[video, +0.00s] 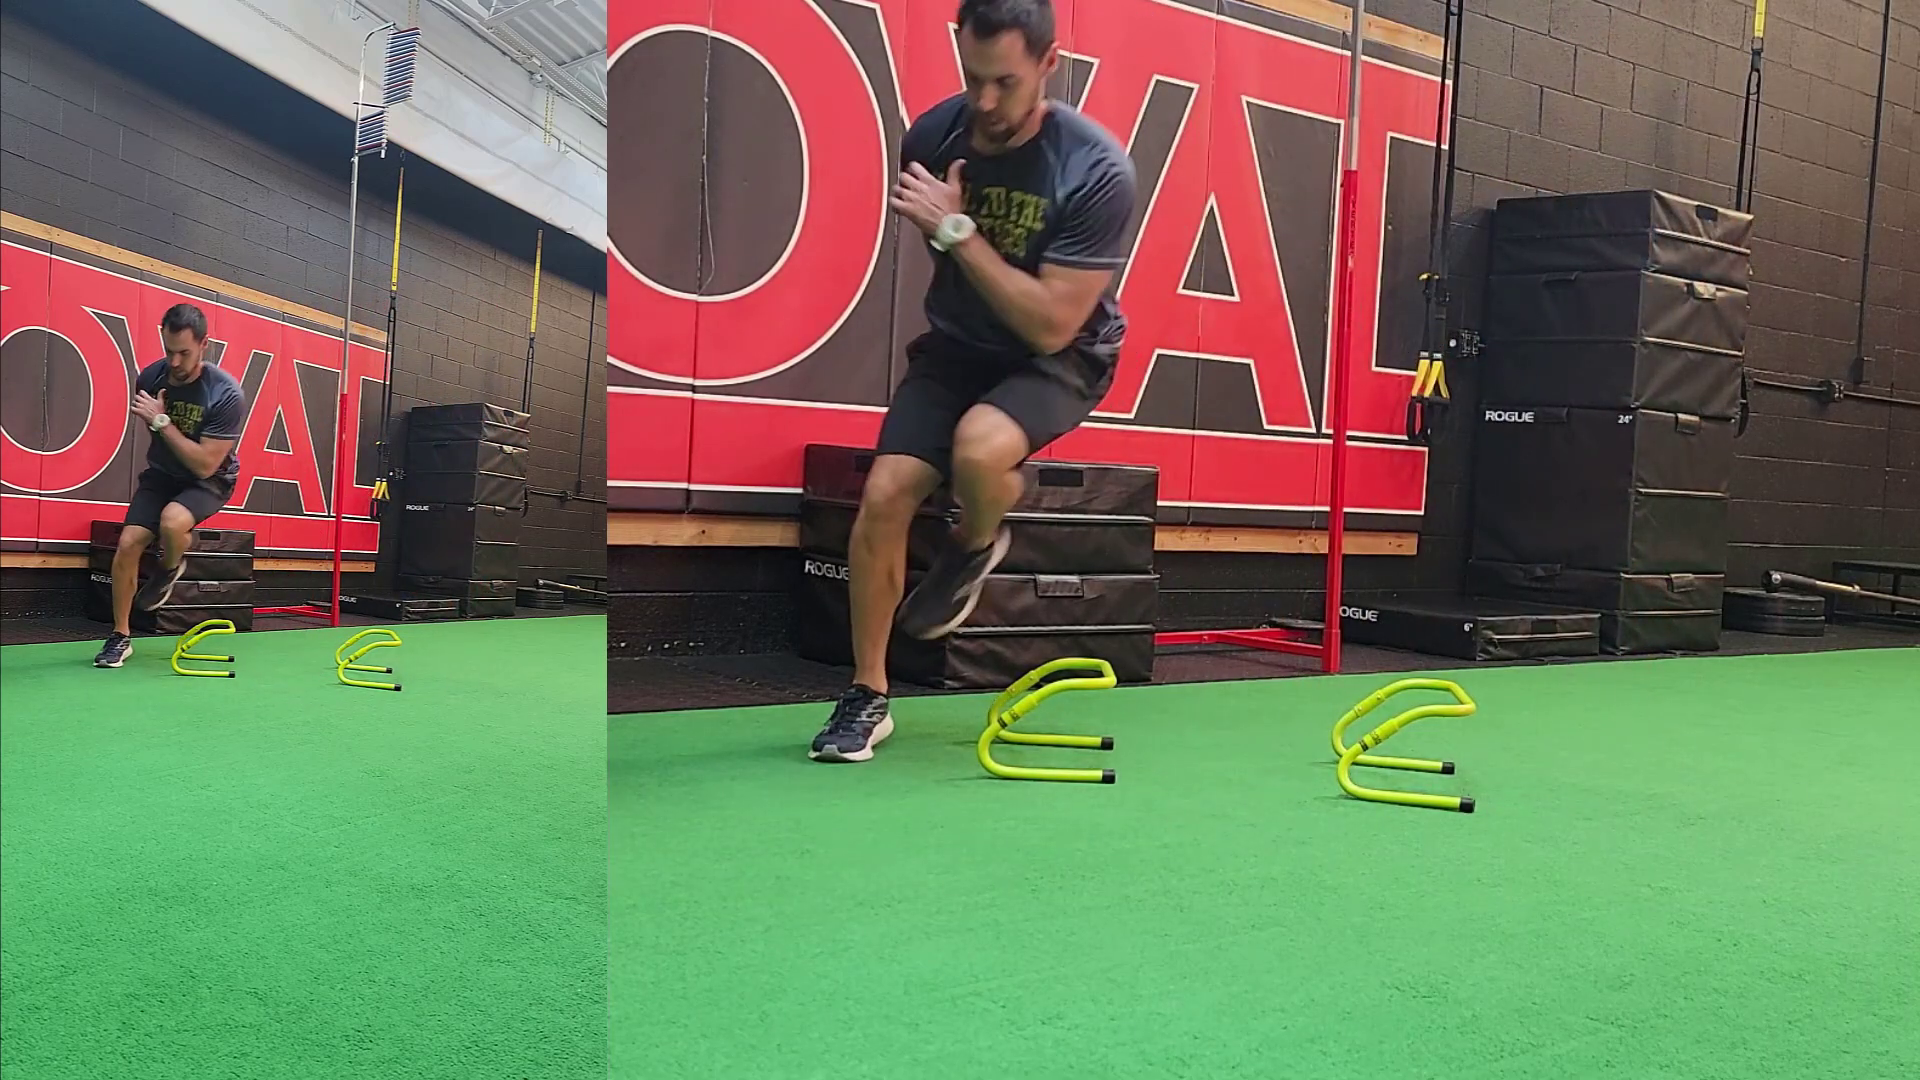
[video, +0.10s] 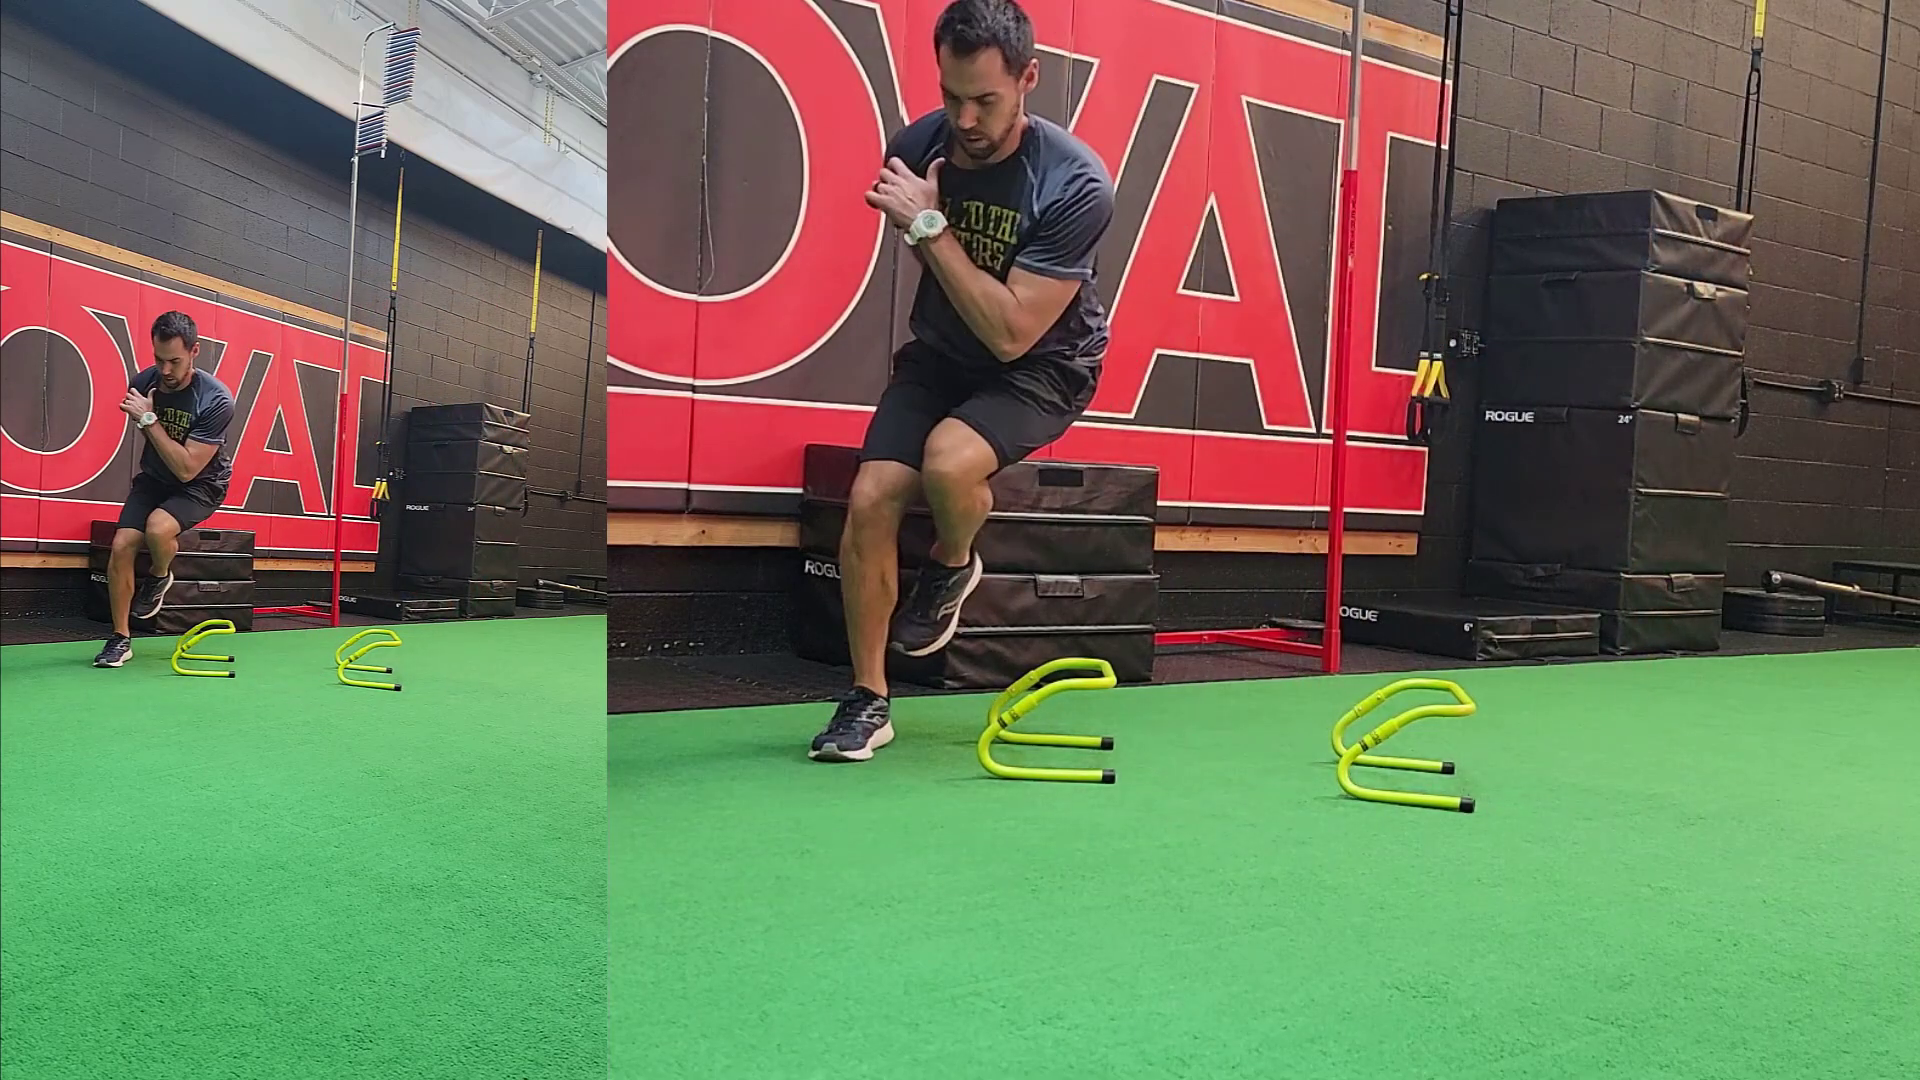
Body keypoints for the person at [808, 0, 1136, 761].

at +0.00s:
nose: (981, 101)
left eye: (1001, 83)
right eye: (970, 79)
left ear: (1048, 68)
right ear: (959, 59)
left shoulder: (1099, 174)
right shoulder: (935, 136)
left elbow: (1051, 325)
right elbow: (927, 244)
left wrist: (954, 232)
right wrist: (939, 218)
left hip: (1061, 360)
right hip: (958, 346)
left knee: (978, 449)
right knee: (884, 491)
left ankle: (974, 553)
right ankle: (867, 692)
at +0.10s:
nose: (965, 119)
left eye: (984, 100)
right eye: (953, 96)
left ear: (1028, 79)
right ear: (938, 78)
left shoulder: (1077, 188)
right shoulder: (918, 149)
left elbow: (1011, 334)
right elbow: (922, 270)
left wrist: (927, 225)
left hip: (1044, 367)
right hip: (942, 354)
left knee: (946, 463)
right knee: (870, 496)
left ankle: (954, 567)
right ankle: (868, 696)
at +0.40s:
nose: (1052, 62)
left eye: (1067, 42)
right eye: (1035, 44)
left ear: (1085, 30)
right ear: (1003, 30)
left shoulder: (1132, 118)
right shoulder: (959, 119)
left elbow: (1227, 215)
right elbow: (924, 238)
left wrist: (1238, 343)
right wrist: (942, 303)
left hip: (1099, 322)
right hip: (994, 330)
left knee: (1064, 443)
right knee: (914, 495)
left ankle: (1161, 544)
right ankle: (871, 697)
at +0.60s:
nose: (1206, 11)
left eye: (1218, 1)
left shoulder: (1274, 77)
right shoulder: (1098, 56)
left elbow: (1301, 207)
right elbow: (1052, 165)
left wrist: (1277, 326)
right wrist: (1016, 281)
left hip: (1212, 303)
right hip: (1109, 283)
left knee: (1202, 502)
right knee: (1059, 429)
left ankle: (1212, 693)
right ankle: (1026, 546)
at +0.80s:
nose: (1327, 5)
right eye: (1315, 1)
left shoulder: (1379, 46)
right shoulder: (1201, 48)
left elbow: (1406, 154)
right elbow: (1146, 159)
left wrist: (1378, 183)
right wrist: (1107, 272)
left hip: (1331, 277)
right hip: (1232, 271)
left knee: (1339, 459)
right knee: (1260, 449)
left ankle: (1287, 598)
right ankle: (1230, 670)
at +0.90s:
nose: (1386, 13)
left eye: (1397, 2)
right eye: (1371, 1)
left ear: (1407, 1)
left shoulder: (1434, 73)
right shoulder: (1260, 83)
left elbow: (1443, 179)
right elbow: (1205, 217)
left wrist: (1455, 281)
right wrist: (1176, 341)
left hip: (1390, 312)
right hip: (1280, 325)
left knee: (1464, 446)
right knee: (1284, 514)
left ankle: (1417, 525)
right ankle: (1241, 715)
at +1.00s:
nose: (1453, 22)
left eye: (1465, 8)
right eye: (1437, 7)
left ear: (1477, 5)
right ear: (1393, 1)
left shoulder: (1491, 65)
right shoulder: (1324, 89)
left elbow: (1499, 170)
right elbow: (1277, 226)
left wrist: (1498, 289)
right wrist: (1275, 362)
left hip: (1449, 295)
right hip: (1342, 307)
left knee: (1517, 450)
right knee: (1332, 483)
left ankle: (1554, 623)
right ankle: (1254, 695)